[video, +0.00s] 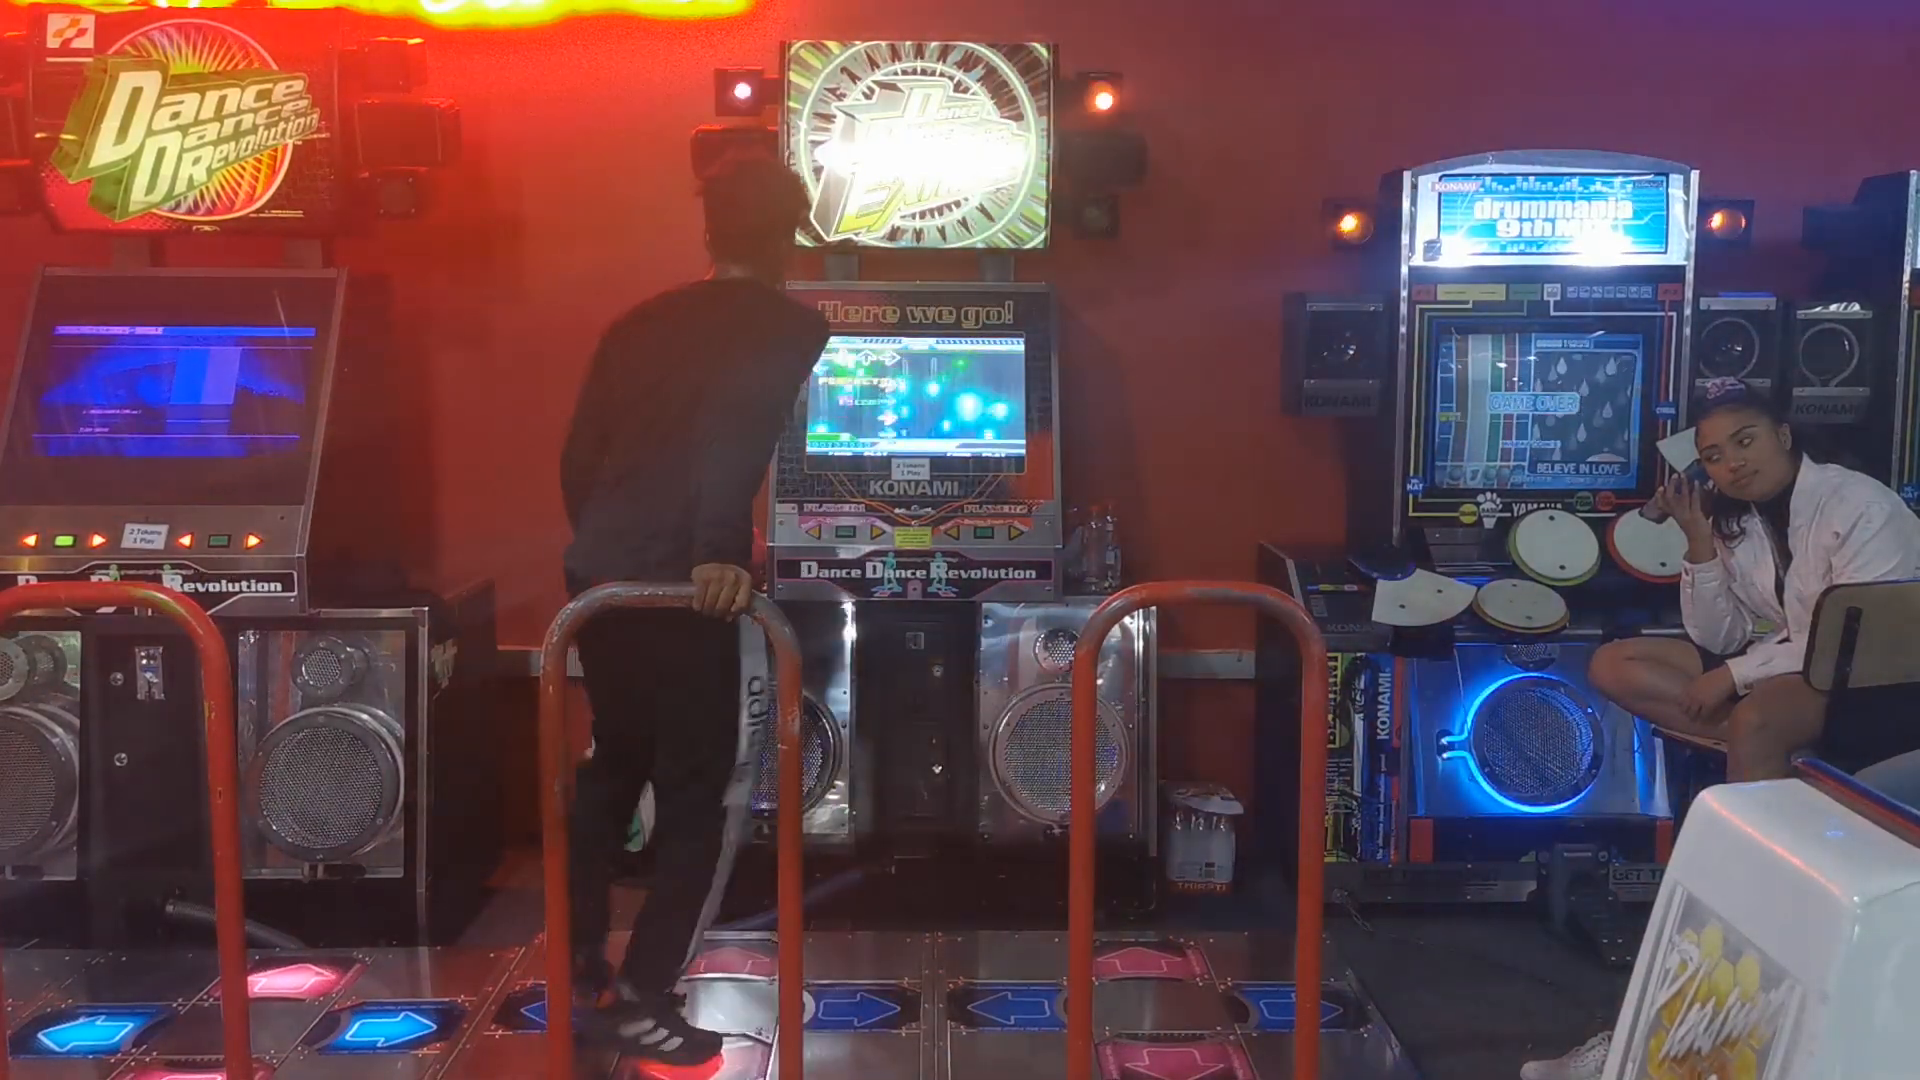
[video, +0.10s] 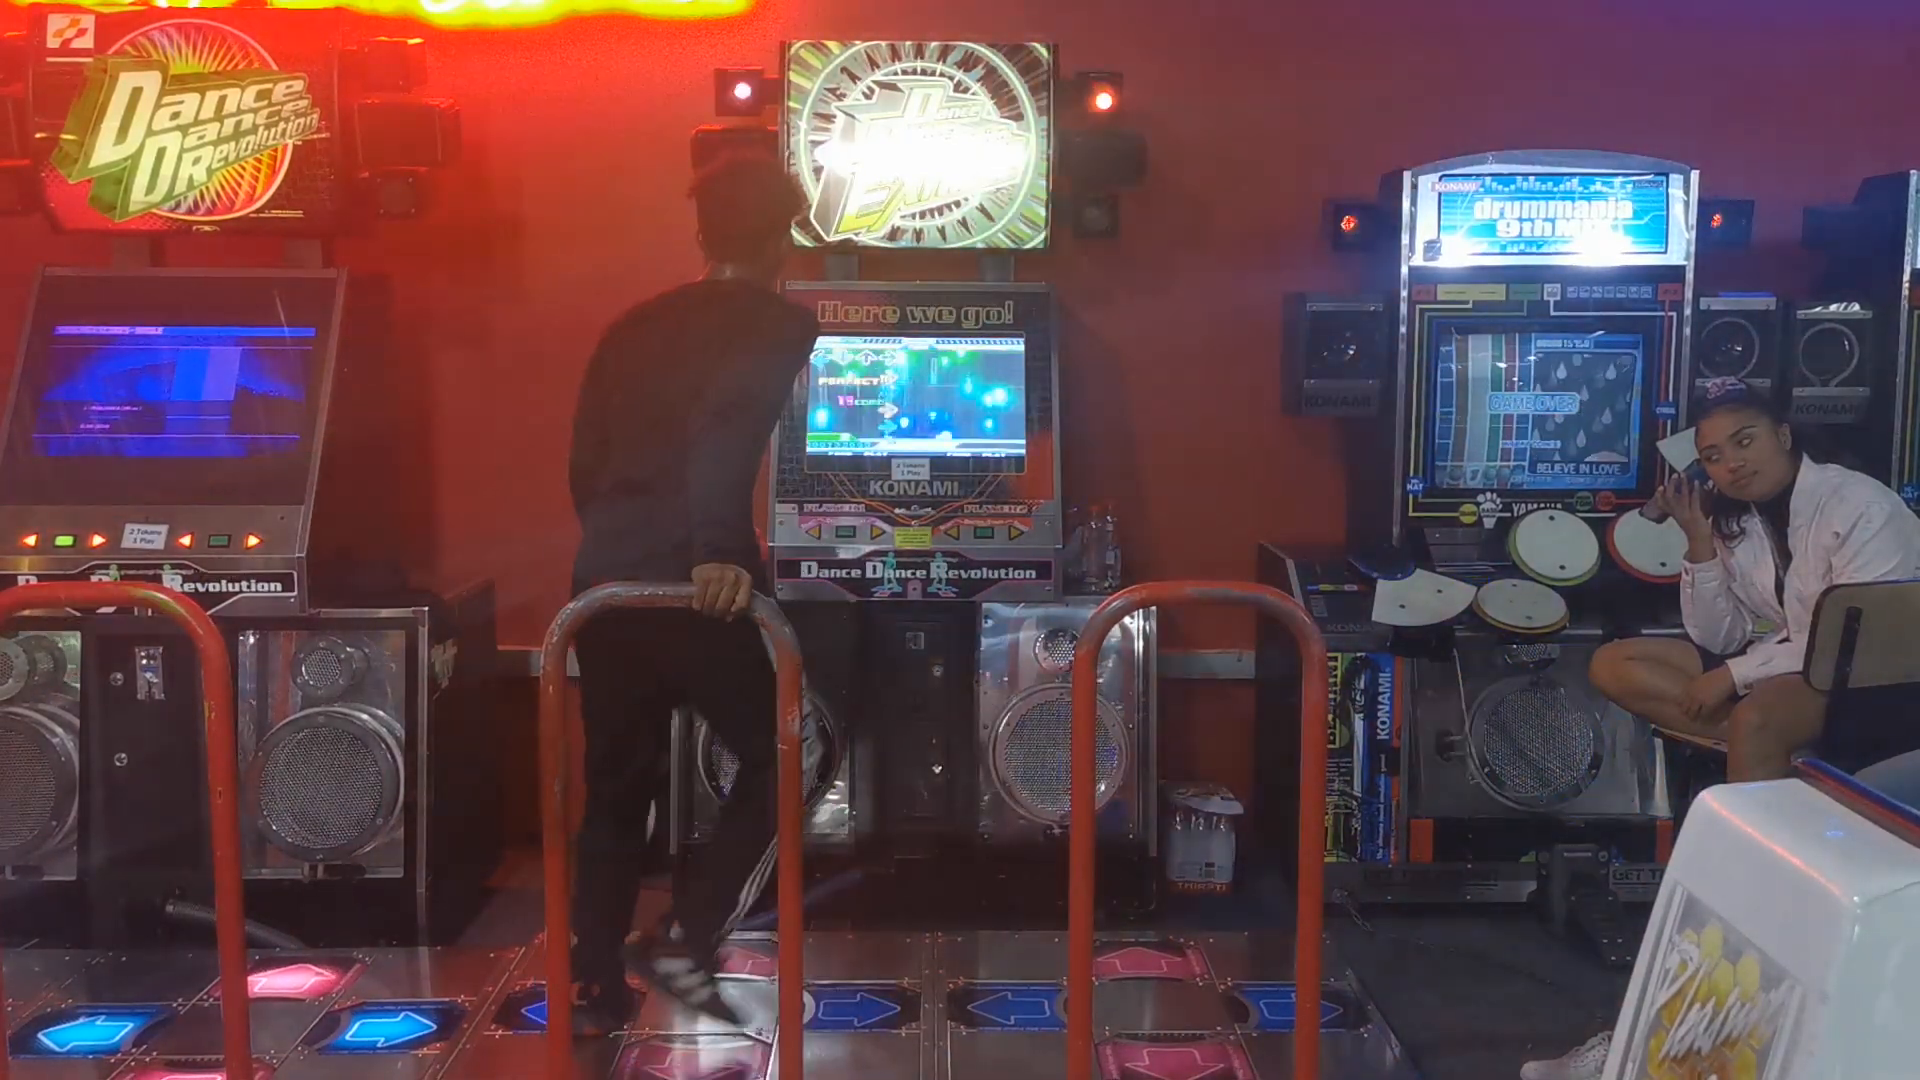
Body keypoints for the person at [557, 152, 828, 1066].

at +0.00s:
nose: (791, 247)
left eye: (775, 229)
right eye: (791, 232)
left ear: (712, 233)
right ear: (788, 235)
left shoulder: (636, 323)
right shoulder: (790, 325)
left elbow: (580, 456)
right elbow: (739, 432)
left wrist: (602, 554)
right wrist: (722, 541)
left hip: (600, 575)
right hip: (693, 578)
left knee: (614, 758)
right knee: (692, 795)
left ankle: (580, 953)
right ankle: (644, 1003)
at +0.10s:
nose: (794, 247)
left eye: (786, 231)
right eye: (791, 233)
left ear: (706, 235)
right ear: (779, 235)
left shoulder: (631, 324)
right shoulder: (778, 318)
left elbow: (587, 459)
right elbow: (729, 422)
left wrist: (618, 544)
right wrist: (721, 542)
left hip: (609, 585)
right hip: (703, 583)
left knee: (617, 791)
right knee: (776, 754)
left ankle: (596, 994)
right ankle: (690, 944)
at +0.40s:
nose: (788, 257)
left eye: (785, 240)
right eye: (782, 241)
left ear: (714, 248)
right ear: (774, 248)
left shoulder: (651, 342)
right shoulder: (785, 334)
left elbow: (628, 482)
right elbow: (733, 432)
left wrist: (649, 568)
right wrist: (722, 546)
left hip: (637, 607)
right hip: (738, 596)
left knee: (652, 780)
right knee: (839, 745)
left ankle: (601, 975)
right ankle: (813, 951)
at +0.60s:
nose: (804, 260)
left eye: (799, 247)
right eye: (801, 247)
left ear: (719, 255)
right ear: (790, 254)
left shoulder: (658, 348)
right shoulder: (781, 341)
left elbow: (637, 481)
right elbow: (719, 433)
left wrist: (651, 569)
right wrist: (720, 546)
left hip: (643, 600)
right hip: (740, 591)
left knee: (662, 771)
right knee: (842, 741)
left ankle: (602, 973)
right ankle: (820, 946)